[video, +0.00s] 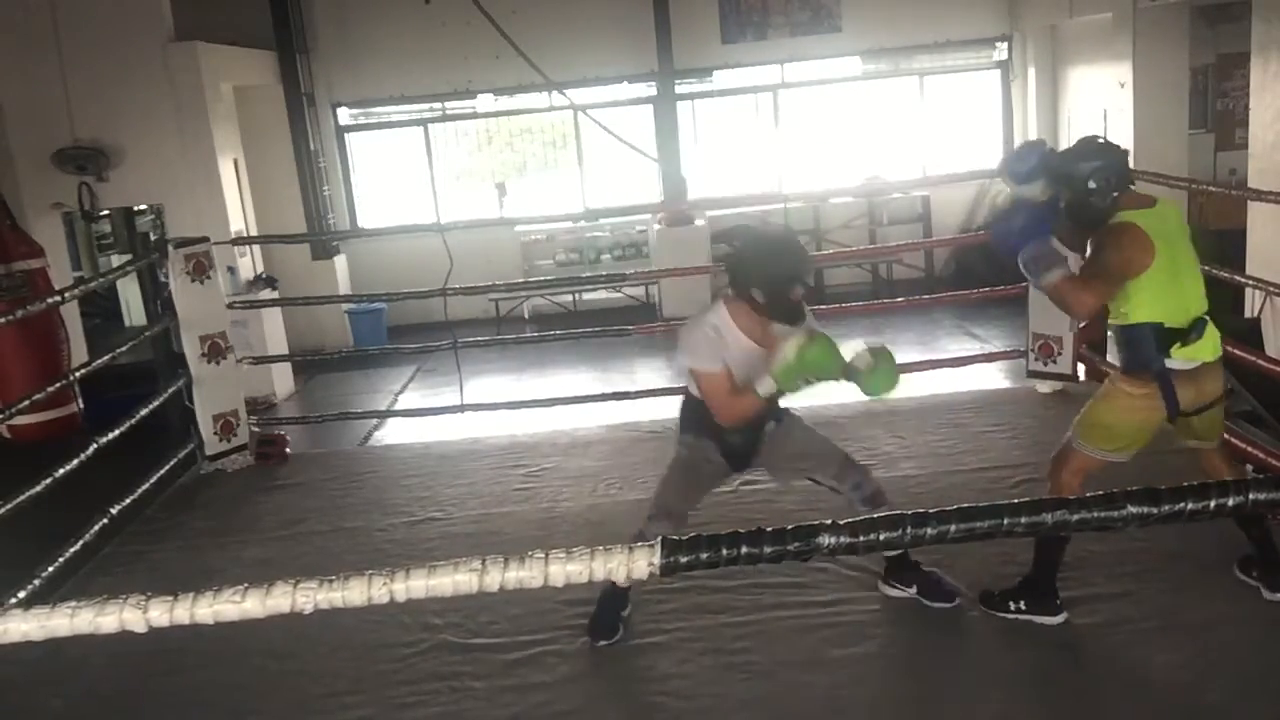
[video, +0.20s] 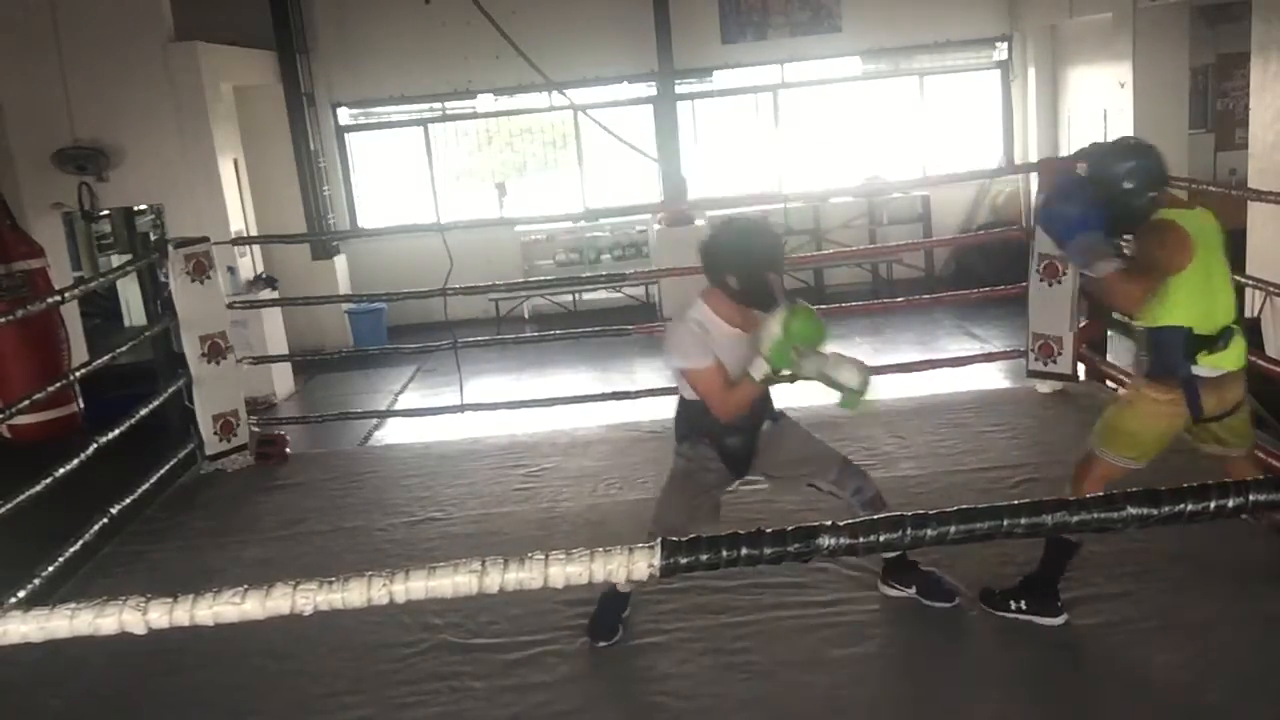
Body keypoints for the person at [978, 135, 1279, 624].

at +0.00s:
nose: (1067, 205)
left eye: (1069, 196)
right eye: (1065, 196)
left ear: (1088, 193)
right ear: (1119, 180)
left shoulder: (1121, 237)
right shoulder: (1166, 210)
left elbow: (1081, 303)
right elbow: (1083, 244)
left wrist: (1032, 247)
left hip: (1145, 385)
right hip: (1205, 373)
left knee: (1066, 471)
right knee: (1214, 458)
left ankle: (1040, 588)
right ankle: (1268, 560)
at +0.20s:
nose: (1102, 202)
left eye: (1103, 192)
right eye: (1100, 192)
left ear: (1124, 194)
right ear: (1156, 183)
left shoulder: (1162, 234)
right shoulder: (1204, 219)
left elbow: (1133, 300)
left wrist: (1083, 242)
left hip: (1168, 386)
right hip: (1226, 378)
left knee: (1090, 477)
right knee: (1242, 471)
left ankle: (1041, 588)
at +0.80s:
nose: (1132, 188)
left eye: (1135, 178)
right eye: (1129, 177)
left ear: (1158, 175)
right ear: (1187, 163)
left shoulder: (1180, 224)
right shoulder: (1228, 191)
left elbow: (1093, 268)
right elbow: (1144, 251)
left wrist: (1077, 202)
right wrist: (1111, 216)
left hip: (1220, 374)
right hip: (1270, 358)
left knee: (1150, 475)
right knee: (1270, 464)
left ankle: (1126, 601)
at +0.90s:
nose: (1152, 193)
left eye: (1154, 184)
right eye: (1150, 183)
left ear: (1179, 182)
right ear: (1206, 168)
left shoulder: (1208, 228)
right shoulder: (1247, 201)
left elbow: (1119, 278)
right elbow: (1157, 253)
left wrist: (1099, 212)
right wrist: (1123, 200)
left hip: (1233, 376)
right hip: (1268, 362)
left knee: (1159, 476)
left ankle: (1127, 600)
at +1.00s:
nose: (1169, 200)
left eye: (1171, 188)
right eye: (1166, 188)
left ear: (1195, 182)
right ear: (1223, 171)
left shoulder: (1226, 231)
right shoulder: (1267, 207)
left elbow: (1147, 288)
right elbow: (1180, 268)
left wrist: (1123, 213)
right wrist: (1145, 218)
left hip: (1245, 381)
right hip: (1268, 372)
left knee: (1163, 476)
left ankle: (1129, 601)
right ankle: (1130, 599)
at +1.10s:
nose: (1165, 199)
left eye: (1167, 187)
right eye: (1161, 188)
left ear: (1191, 181)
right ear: (1218, 171)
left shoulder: (1219, 230)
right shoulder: (1267, 206)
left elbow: (1156, 297)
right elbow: (1188, 260)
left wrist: (1118, 228)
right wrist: (1140, 221)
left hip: (1240, 382)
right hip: (1269, 371)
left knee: (1155, 478)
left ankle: (1126, 600)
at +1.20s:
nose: (1143, 206)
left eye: (1146, 194)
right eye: (1141, 194)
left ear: (1173, 190)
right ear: (1203, 178)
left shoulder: (1210, 234)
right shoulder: (1256, 210)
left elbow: (1167, 311)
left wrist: (1117, 262)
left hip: (1236, 386)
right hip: (1269, 375)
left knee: (1132, 467)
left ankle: (1118, 594)